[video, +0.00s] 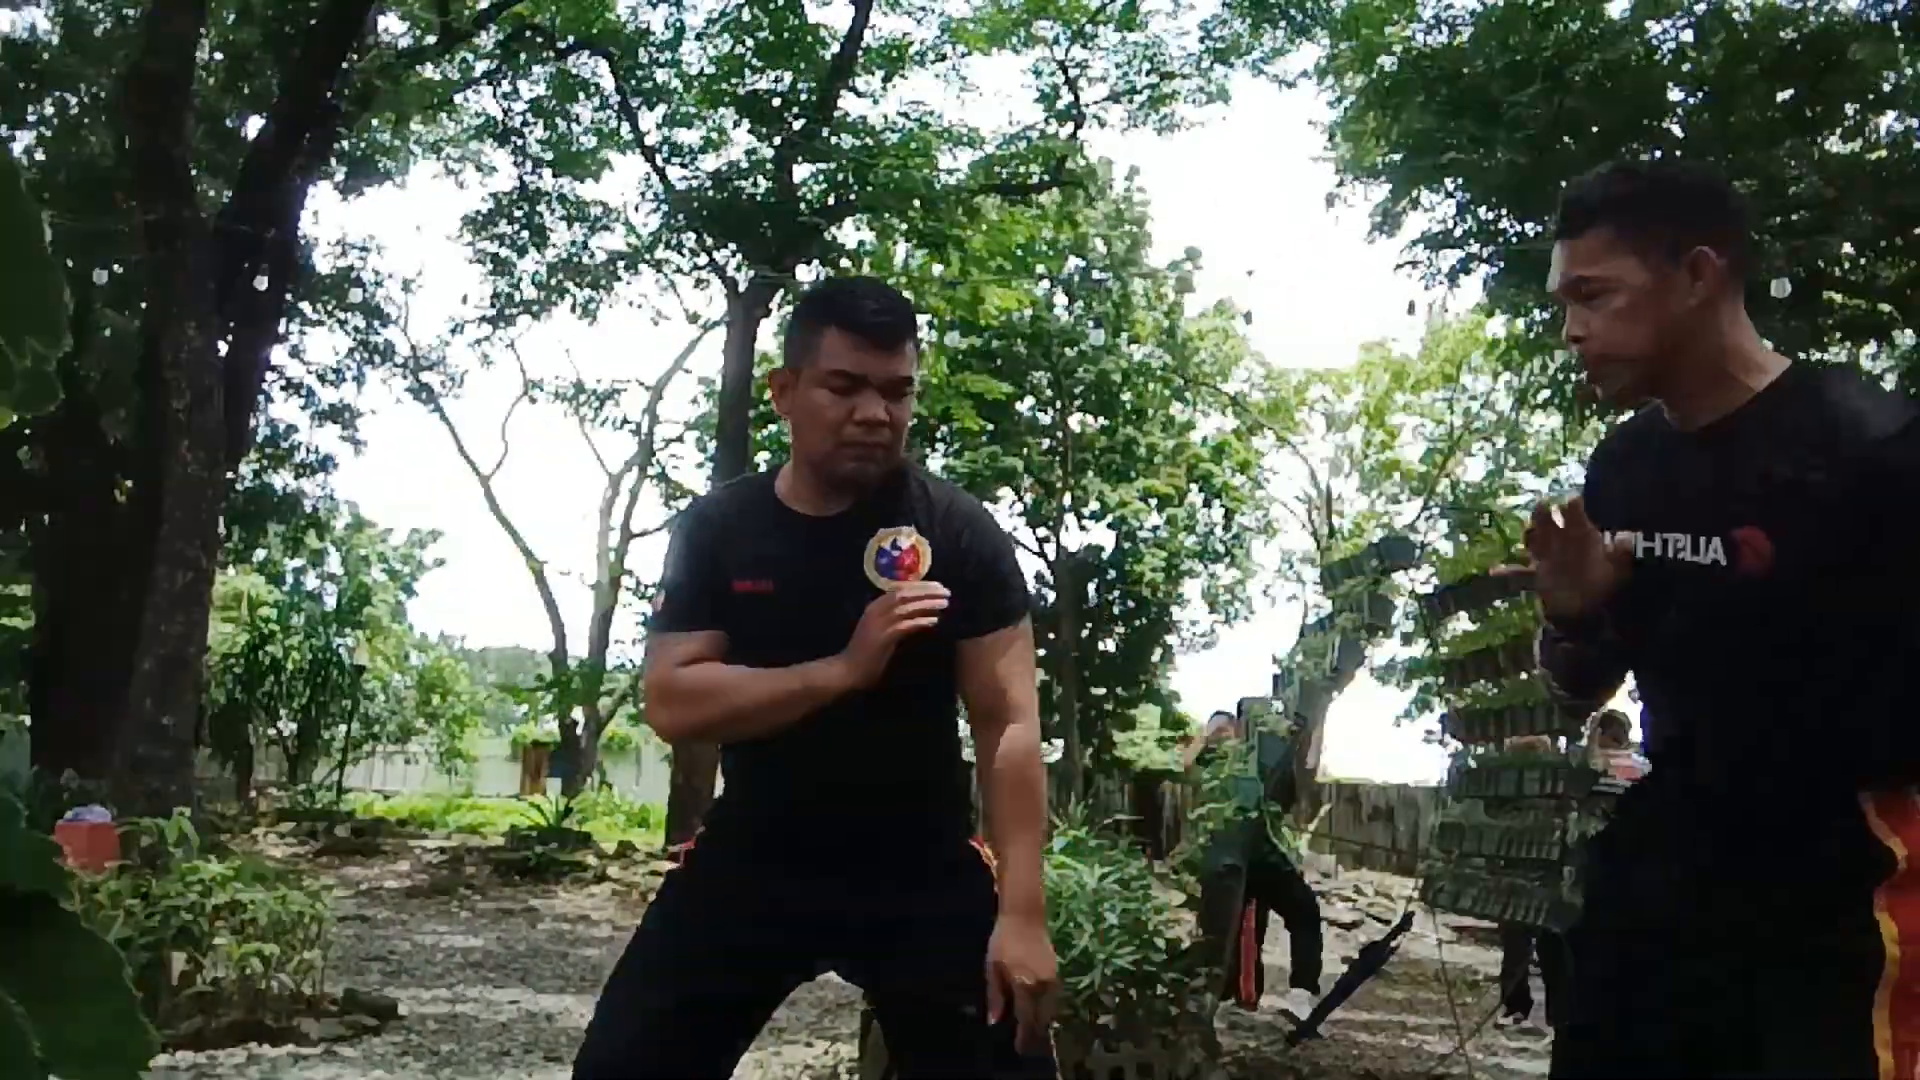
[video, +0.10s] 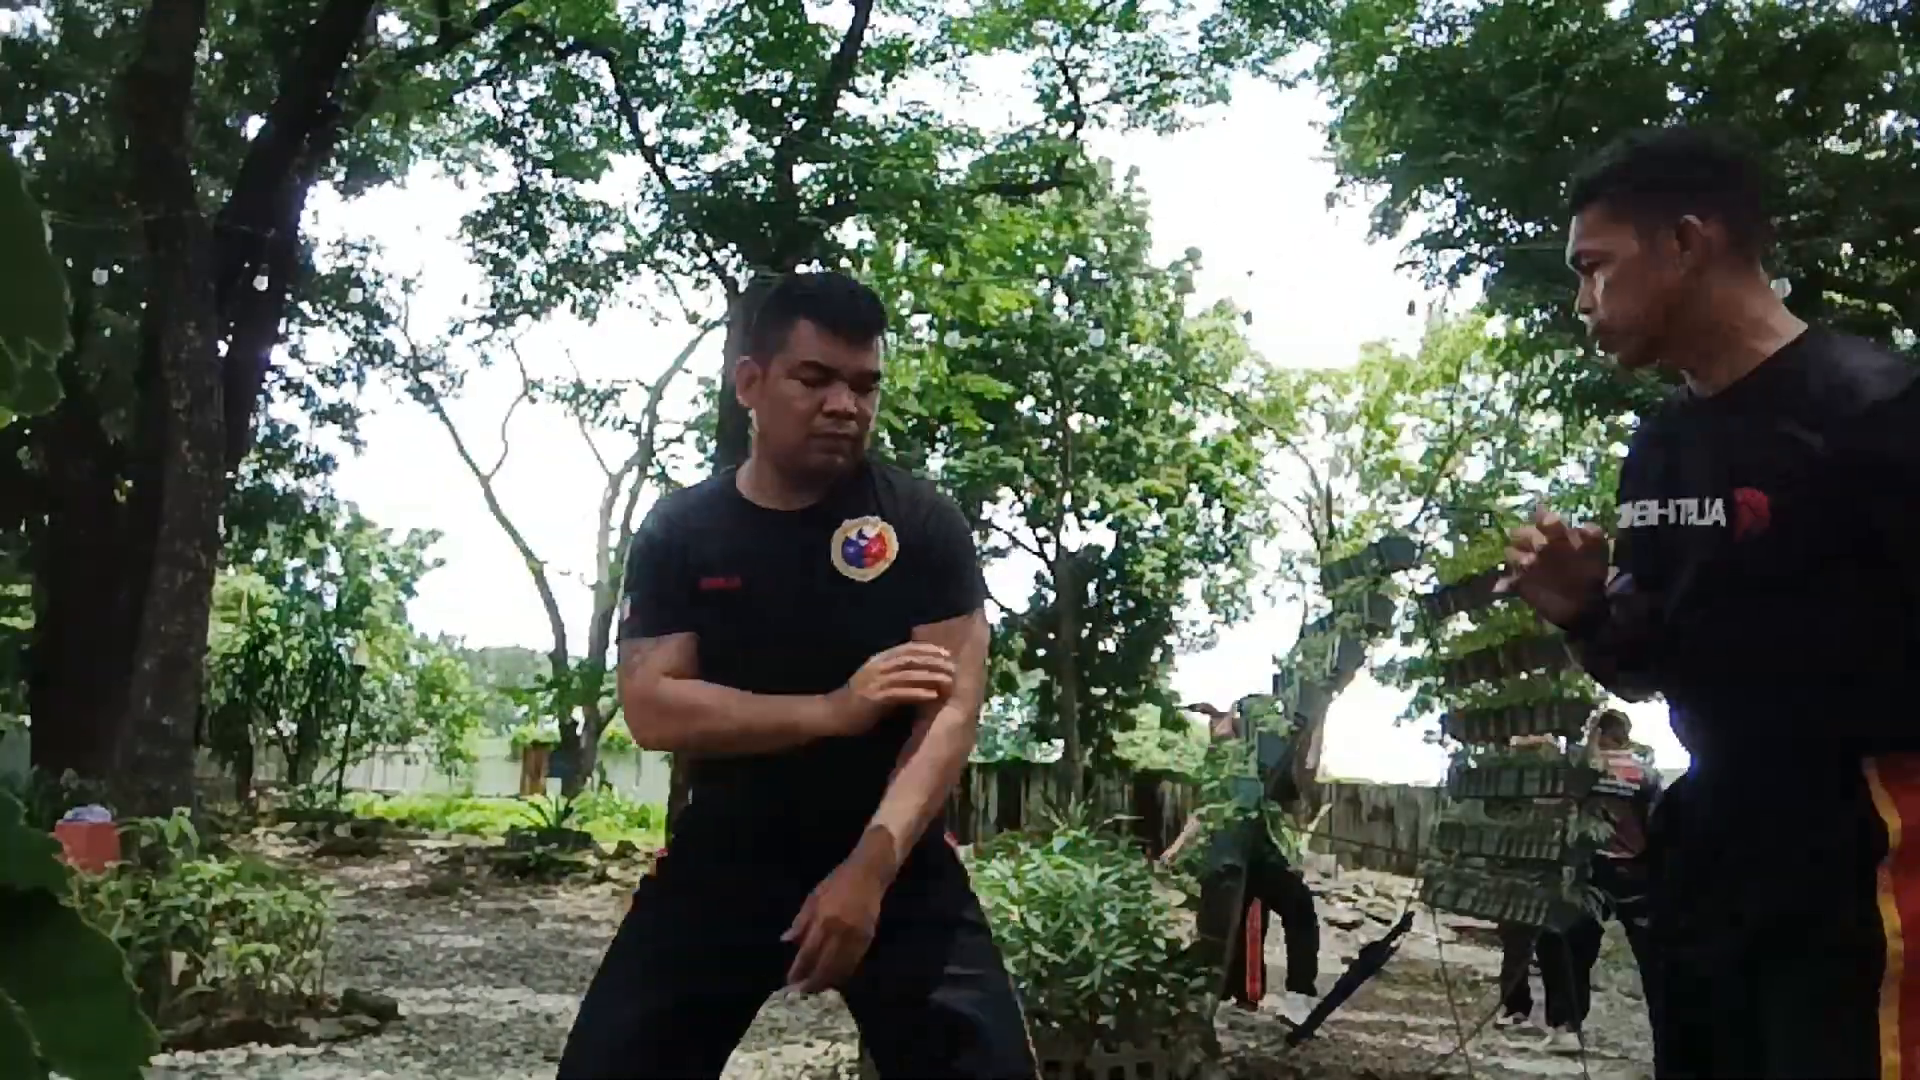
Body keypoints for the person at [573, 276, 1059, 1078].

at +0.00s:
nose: (873, 415)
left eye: (895, 392)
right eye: (844, 388)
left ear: (914, 398)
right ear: (783, 393)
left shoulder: (961, 533)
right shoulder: (716, 526)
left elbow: (1007, 722)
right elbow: (671, 702)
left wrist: (1024, 913)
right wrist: (842, 671)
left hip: (917, 867)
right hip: (754, 862)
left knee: (1003, 1060)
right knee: (621, 1062)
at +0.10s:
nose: (845, 407)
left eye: (863, 384)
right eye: (816, 378)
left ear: (880, 391)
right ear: (750, 380)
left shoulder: (924, 520)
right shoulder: (679, 529)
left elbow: (957, 705)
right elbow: (651, 710)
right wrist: (834, 709)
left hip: (894, 865)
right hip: (722, 867)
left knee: (986, 1065)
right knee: (605, 1066)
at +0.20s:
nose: (802, 396)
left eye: (821, 376)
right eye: (776, 366)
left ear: (834, 384)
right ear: (706, 361)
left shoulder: (858, 510)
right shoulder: (614, 512)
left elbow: (899, 684)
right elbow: (574, 700)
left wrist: (778, 809)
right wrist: (736, 790)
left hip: (818, 866)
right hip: (646, 867)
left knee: (904, 1062)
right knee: (582, 1063)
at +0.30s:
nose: (791, 389)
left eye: (808, 371)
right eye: (770, 358)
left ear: (817, 376)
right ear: (697, 343)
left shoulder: (818, 501)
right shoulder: (583, 493)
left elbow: (852, 668)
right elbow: (495, 672)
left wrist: (771, 784)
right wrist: (625, 814)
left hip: (774, 863)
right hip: (606, 867)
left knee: (843, 1064)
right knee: (578, 1065)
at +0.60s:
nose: (839, 442)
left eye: (852, 425)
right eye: (843, 413)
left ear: (797, 377)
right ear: (794, 372)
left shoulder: (775, 500)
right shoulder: (631, 449)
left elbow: (763, 627)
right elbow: (514, 594)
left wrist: (763, 739)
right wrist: (625, 746)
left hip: (707, 808)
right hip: (584, 801)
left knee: (706, 1041)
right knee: (576, 1045)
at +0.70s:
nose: (859, 486)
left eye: (872, 469)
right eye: (865, 460)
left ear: (823, 420)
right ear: (823, 417)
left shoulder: (785, 531)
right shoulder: (673, 478)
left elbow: (748, 652)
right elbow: (545, 607)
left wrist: (761, 740)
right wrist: (638, 760)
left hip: (701, 821)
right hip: (589, 808)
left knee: (695, 1034)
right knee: (587, 1037)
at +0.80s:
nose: (905, 582)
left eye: (918, 565)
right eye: (912, 557)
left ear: (874, 516)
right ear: (873, 516)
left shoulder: (820, 618)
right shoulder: (730, 560)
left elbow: (769, 738)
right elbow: (595, 676)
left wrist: (776, 865)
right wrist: (657, 823)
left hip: (684, 851)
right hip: (585, 831)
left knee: (708, 1044)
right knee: (590, 1047)